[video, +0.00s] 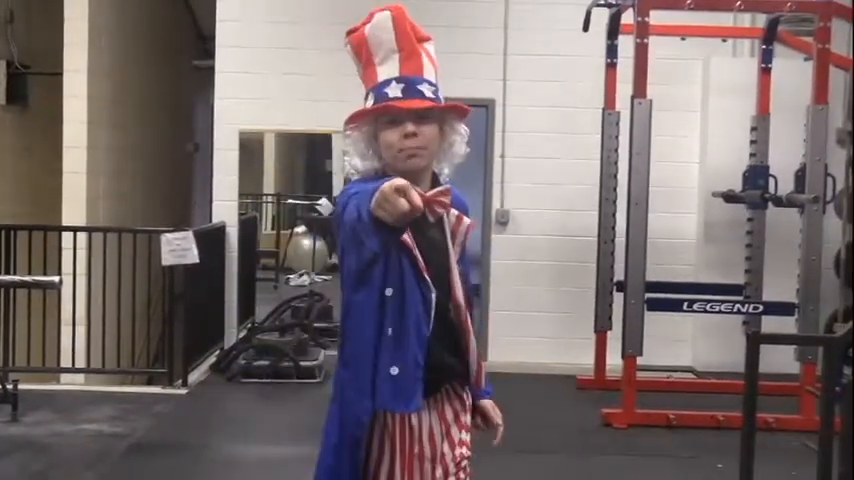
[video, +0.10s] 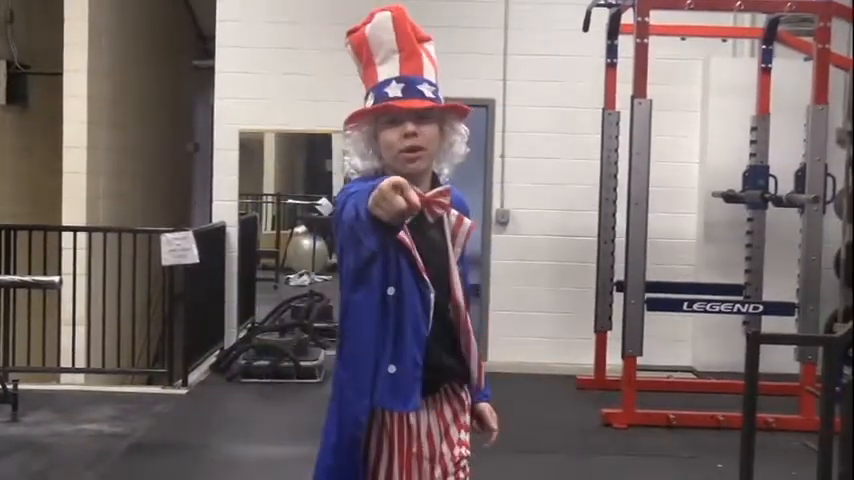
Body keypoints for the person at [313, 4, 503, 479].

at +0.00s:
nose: (409, 133)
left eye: (423, 120)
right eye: (392, 123)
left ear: (444, 132)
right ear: (372, 138)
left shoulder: (452, 206)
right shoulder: (359, 196)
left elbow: (462, 306)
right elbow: (360, 207)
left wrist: (478, 390)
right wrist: (385, 205)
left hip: (450, 404)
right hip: (389, 410)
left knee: (452, 473)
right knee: (392, 473)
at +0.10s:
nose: (410, 133)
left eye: (423, 120)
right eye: (393, 123)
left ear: (444, 132)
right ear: (373, 139)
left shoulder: (453, 206)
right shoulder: (359, 196)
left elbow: (464, 305)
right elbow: (356, 210)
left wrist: (477, 392)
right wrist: (381, 206)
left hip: (449, 402)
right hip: (387, 407)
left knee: (452, 474)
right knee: (391, 474)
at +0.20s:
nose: (411, 133)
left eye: (425, 120)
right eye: (394, 122)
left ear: (446, 132)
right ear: (374, 137)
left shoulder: (453, 207)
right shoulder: (360, 194)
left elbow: (466, 301)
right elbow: (357, 206)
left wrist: (474, 388)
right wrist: (380, 204)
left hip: (449, 397)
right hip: (389, 404)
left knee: (452, 472)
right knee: (395, 473)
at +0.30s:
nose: (412, 133)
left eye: (427, 121)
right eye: (396, 122)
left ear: (447, 134)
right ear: (375, 137)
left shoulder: (450, 206)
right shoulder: (358, 196)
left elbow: (461, 301)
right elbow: (358, 206)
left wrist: (475, 385)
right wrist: (381, 206)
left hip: (448, 402)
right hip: (386, 410)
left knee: (453, 473)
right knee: (388, 473)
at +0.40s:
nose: (417, 133)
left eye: (431, 121)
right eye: (400, 122)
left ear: (451, 136)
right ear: (378, 139)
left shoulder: (459, 208)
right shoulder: (361, 199)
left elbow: (467, 302)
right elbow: (361, 212)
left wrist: (483, 385)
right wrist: (387, 213)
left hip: (449, 406)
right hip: (382, 412)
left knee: (456, 473)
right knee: (384, 474)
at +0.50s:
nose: (428, 133)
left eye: (442, 121)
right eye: (411, 123)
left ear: (462, 136)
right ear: (389, 140)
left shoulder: (472, 211)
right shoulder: (370, 201)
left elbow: (475, 313)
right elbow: (363, 241)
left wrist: (497, 395)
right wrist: (405, 244)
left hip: (453, 413)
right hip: (384, 417)